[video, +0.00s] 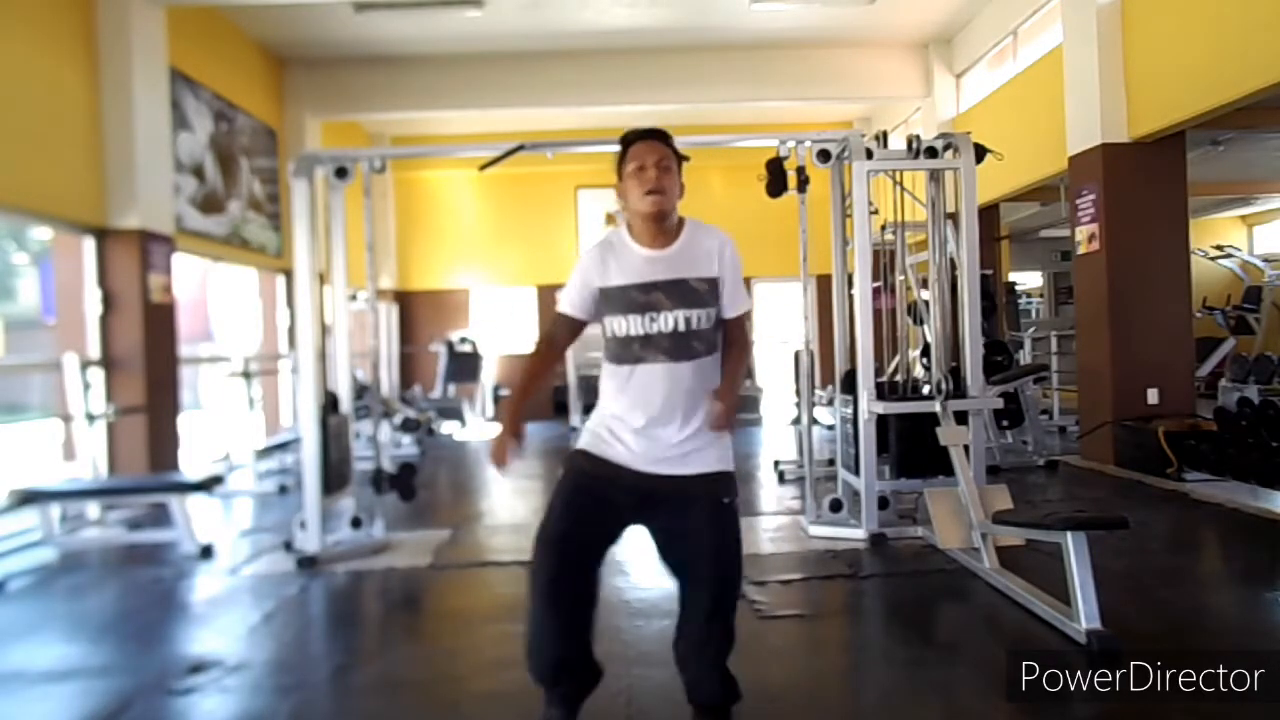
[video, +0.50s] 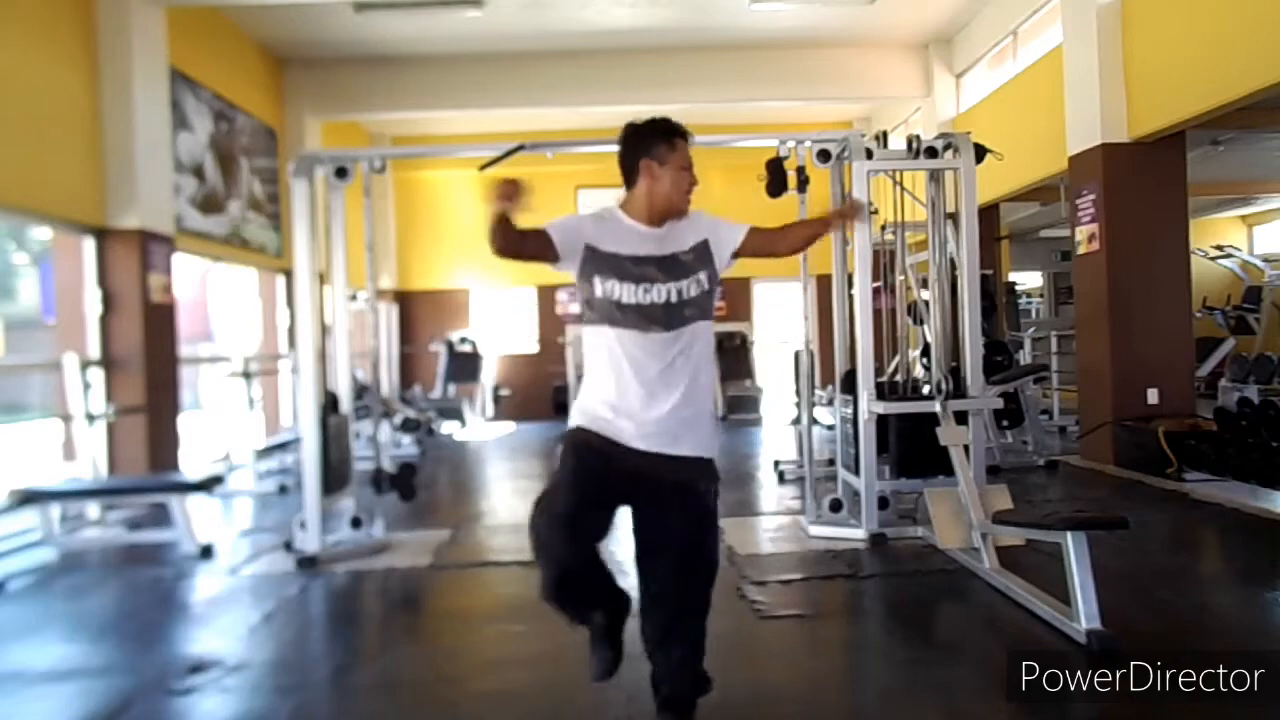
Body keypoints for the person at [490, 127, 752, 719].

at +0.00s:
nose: (654, 177)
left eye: (664, 166)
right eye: (640, 169)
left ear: (682, 179)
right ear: (620, 186)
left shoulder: (716, 249)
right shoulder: (600, 259)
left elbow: (737, 334)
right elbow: (556, 340)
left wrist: (729, 390)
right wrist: (514, 414)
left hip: (696, 452)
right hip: (611, 447)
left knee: (715, 584)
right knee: (558, 555)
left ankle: (710, 698)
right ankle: (564, 686)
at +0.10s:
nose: (653, 156)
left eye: (663, 146)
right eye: (639, 149)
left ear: (682, 160)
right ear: (621, 167)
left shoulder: (714, 229)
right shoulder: (599, 236)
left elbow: (742, 311)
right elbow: (554, 309)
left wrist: (738, 371)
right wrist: (502, 360)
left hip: (690, 440)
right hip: (606, 433)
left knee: (692, 608)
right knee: (561, 584)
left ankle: (710, 704)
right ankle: (593, 659)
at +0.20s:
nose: (651, 150)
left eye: (661, 139)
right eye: (637, 142)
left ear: (679, 152)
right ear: (618, 157)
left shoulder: (705, 221)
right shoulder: (587, 222)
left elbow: (756, 284)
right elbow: (533, 281)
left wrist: (799, 339)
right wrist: (526, 284)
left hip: (684, 431)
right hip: (603, 431)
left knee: (685, 572)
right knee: (604, 572)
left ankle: (686, 699)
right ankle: (614, 696)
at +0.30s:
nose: (655, 162)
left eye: (665, 152)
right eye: (641, 152)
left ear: (677, 163)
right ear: (616, 163)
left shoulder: (705, 232)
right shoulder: (586, 233)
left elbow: (782, 275)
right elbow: (501, 273)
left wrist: (861, 300)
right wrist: (557, 239)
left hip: (684, 453)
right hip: (605, 452)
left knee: (679, 600)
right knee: (616, 606)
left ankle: (676, 704)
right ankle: (618, 706)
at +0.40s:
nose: (686, 177)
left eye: (686, 167)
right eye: (674, 166)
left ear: (667, 174)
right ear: (634, 170)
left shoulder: (704, 231)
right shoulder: (587, 236)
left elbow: (788, 247)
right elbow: (507, 263)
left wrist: (870, 254)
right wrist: (557, 225)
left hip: (681, 451)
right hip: (597, 445)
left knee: (674, 595)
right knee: (555, 555)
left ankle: (676, 701)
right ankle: (606, 657)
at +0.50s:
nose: (694, 180)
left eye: (693, 170)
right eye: (684, 170)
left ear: (663, 172)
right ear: (646, 172)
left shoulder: (707, 233)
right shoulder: (589, 230)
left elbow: (780, 242)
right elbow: (509, 246)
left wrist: (831, 220)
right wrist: (500, 214)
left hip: (683, 444)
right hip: (602, 432)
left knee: (677, 603)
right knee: (557, 539)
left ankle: (677, 703)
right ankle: (603, 611)